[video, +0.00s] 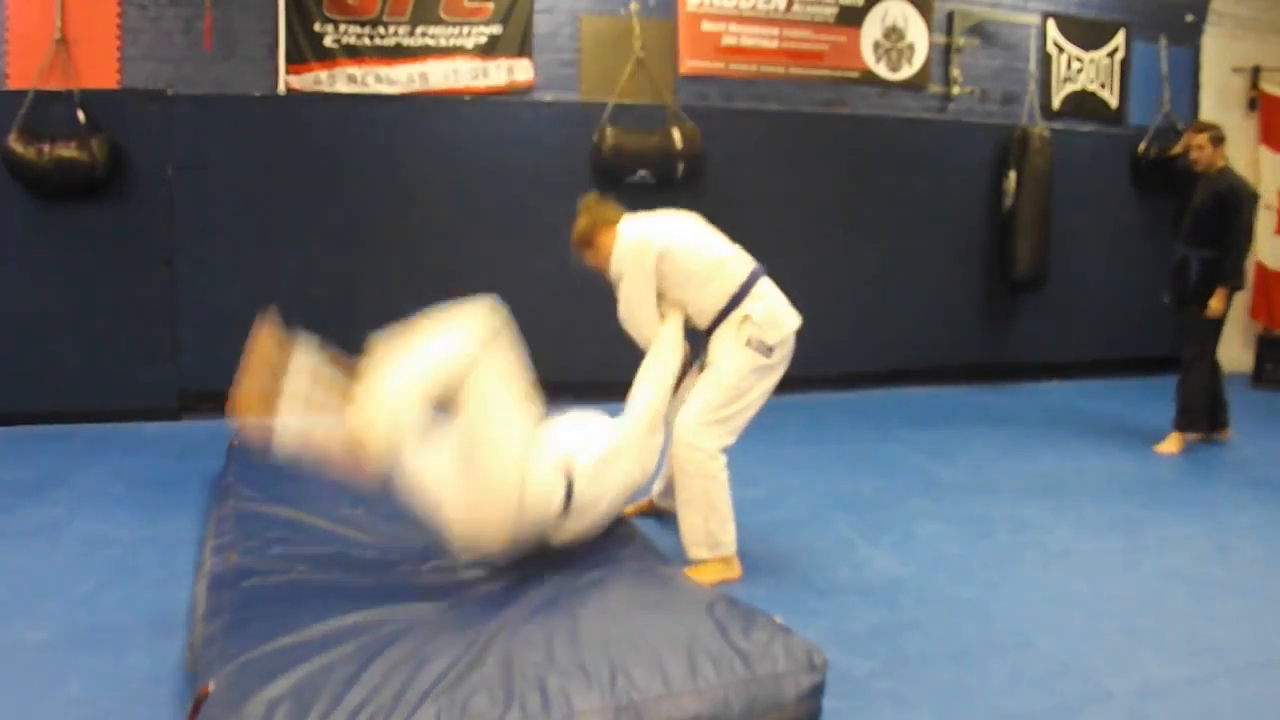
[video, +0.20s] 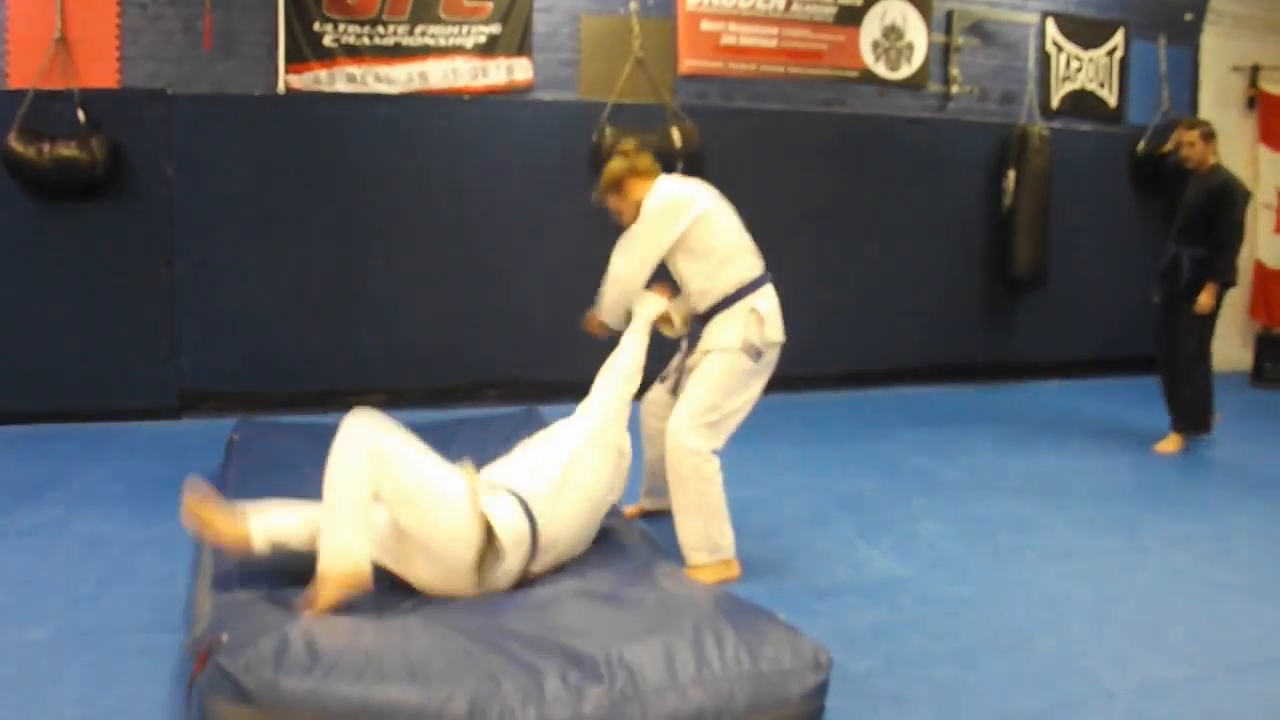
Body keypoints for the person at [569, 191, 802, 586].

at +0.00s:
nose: (599, 269)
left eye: (593, 260)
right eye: (591, 263)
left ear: (600, 239)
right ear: (614, 225)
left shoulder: (632, 242)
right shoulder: (661, 222)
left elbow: (636, 319)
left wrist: (672, 360)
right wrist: (678, 359)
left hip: (756, 331)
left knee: (696, 432)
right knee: (683, 414)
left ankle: (718, 559)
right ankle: (669, 498)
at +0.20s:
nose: (619, 218)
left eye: (616, 207)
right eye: (613, 212)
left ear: (630, 185)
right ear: (641, 180)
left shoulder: (672, 194)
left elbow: (628, 264)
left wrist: (605, 315)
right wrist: (673, 305)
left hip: (746, 325)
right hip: (719, 326)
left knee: (689, 435)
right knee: (657, 406)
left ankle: (716, 560)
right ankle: (659, 499)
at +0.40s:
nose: (625, 186)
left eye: (625, 173)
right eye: (618, 179)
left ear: (646, 152)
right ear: (636, 161)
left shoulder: (704, 170)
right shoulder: (657, 203)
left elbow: (701, 235)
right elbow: (669, 273)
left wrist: (650, 258)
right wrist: (645, 296)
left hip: (733, 298)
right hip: (693, 304)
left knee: (716, 420)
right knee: (647, 410)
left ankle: (716, 546)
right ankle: (661, 499)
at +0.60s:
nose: (641, 165)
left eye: (642, 154)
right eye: (636, 159)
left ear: (666, 136)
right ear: (646, 152)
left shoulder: (718, 162)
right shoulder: (658, 186)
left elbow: (762, 213)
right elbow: (652, 257)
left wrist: (792, 268)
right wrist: (637, 263)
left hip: (733, 290)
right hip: (684, 292)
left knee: (724, 403)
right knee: (660, 401)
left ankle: (742, 505)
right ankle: (664, 498)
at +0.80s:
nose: (687, 146)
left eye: (694, 136)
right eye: (683, 138)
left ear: (719, 130)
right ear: (683, 137)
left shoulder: (758, 169)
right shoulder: (690, 176)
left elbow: (786, 235)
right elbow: (663, 226)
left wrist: (801, 302)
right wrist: (665, 271)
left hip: (753, 287)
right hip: (703, 286)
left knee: (747, 391)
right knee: (679, 388)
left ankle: (749, 475)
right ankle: (664, 490)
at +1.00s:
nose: (739, 134)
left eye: (747, 126)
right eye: (734, 126)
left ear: (767, 123)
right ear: (728, 126)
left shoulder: (794, 167)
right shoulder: (719, 166)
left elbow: (803, 235)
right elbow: (706, 229)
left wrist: (791, 295)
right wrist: (704, 280)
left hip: (772, 275)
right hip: (723, 273)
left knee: (757, 379)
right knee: (700, 364)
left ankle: (747, 471)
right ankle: (705, 451)